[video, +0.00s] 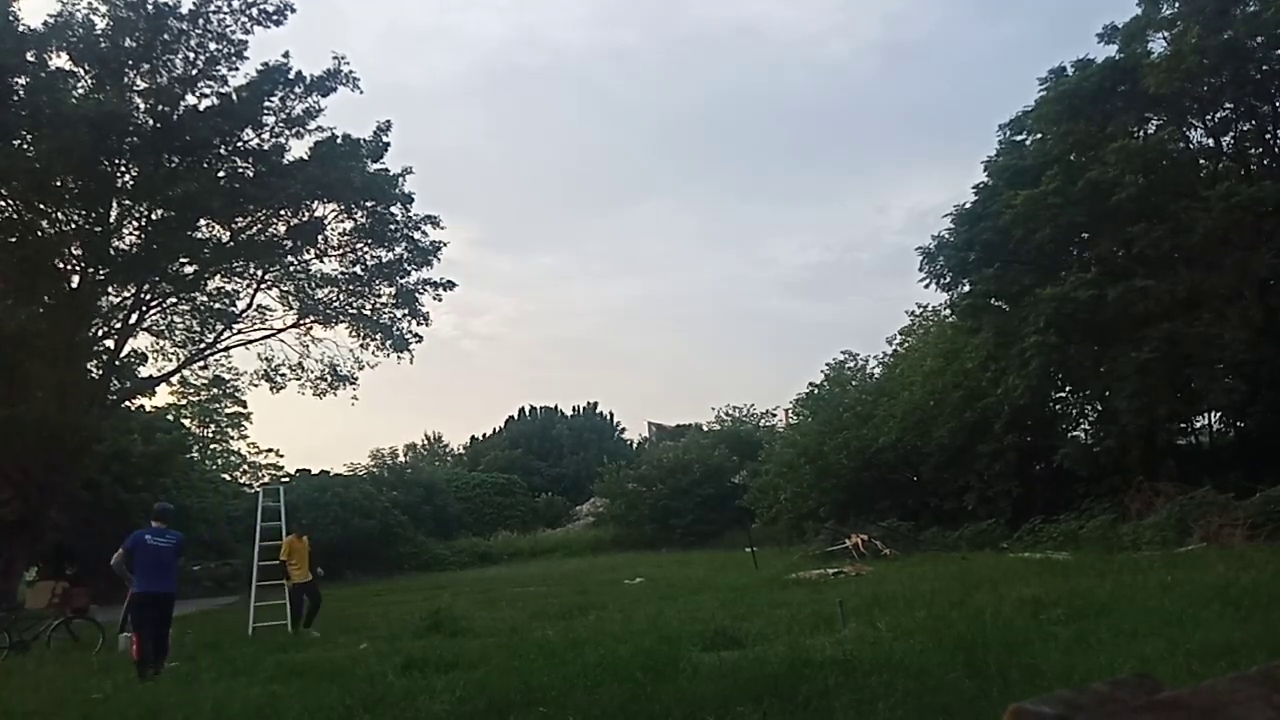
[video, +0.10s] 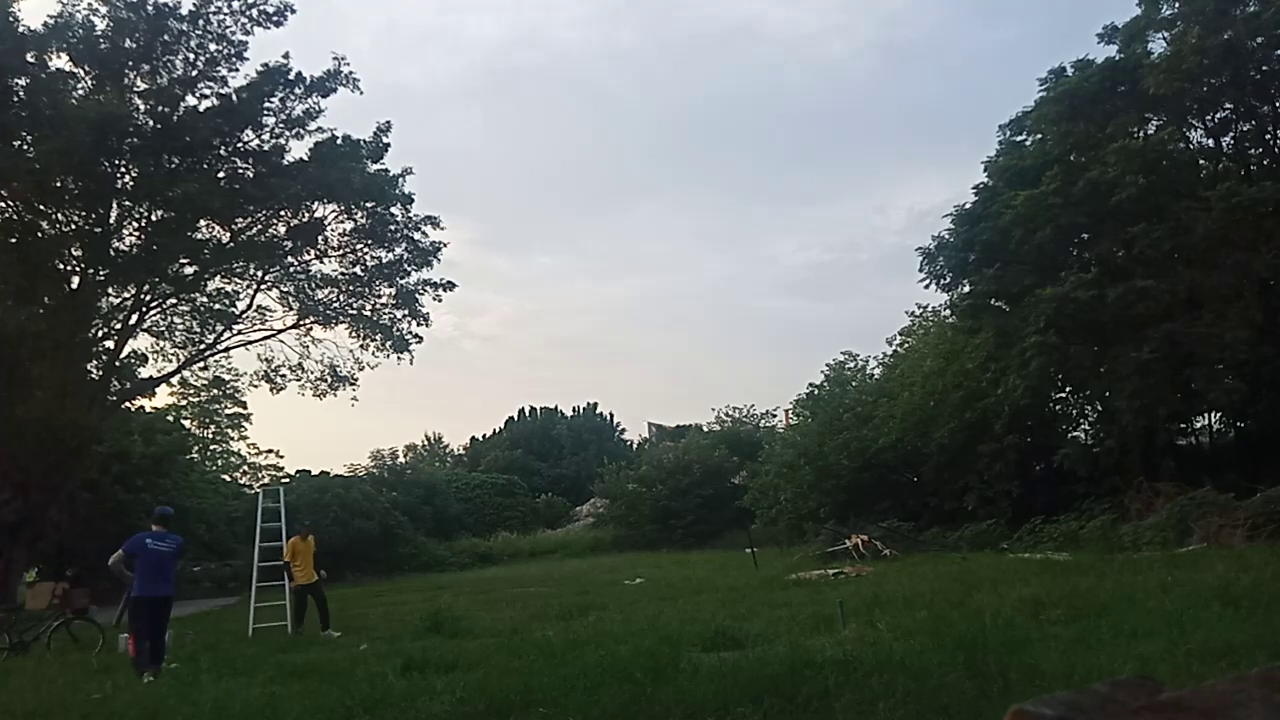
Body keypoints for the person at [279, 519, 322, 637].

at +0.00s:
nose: (301, 532)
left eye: (303, 529)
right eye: (299, 529)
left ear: (305, 530)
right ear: (294, 529)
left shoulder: (305, 540)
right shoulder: (288, 542)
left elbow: (308, 556)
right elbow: (282, 560)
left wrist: (314, 569)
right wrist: (287, 578)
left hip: (307, 578)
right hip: (294, 581)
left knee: (316, 600)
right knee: (296, 608)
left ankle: (307, 627)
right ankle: (295, 631)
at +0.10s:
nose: (307, 533)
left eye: (309, 530)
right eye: (305, 530)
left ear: (310, 531)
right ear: (300, 530)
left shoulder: (311, 539)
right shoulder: (292, 542)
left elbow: (313, 556)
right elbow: (287, 562)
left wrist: (318, 570)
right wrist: (291, 580)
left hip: (313, 579)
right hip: (299, 582)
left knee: (322, 602)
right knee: (300, 607)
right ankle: (297, 630)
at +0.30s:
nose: (313, 540)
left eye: (315, 538)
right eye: (311, 538)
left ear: (318, 536)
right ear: (308, 537)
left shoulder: (324, 541)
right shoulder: (302, 547)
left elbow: (328, 556)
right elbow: (297, 567)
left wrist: (330, 572)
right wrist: (298, 584)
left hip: (324, 581)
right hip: (309, 583)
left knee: (332, 607)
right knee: (309, 609)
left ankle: (339, 631)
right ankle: (302, 632)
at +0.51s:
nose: (317, 556)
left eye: (319, 553)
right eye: (315, 554)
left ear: (323, 547)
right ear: (311, 550)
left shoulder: (332, 547)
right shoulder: (309, 555)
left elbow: (342, 560)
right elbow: (306, 576)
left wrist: (342, 577)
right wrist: (304, 595)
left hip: (335, 581)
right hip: (319, 582)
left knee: (339, 608)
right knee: (315, 608)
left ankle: (340, 633)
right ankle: (311, 632)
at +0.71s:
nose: (316, 569)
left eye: (316, 566)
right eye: (313, 567)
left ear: (321, 561)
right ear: (310, 566)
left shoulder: (330, 559)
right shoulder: (310, 569)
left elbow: (345, 564)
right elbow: (308, 589)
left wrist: (341, 582)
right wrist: (306, 611)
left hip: (338, 582)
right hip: (323, 584)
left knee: (341, 608)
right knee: (316, 609)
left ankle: (340, 633)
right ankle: (316, 634)